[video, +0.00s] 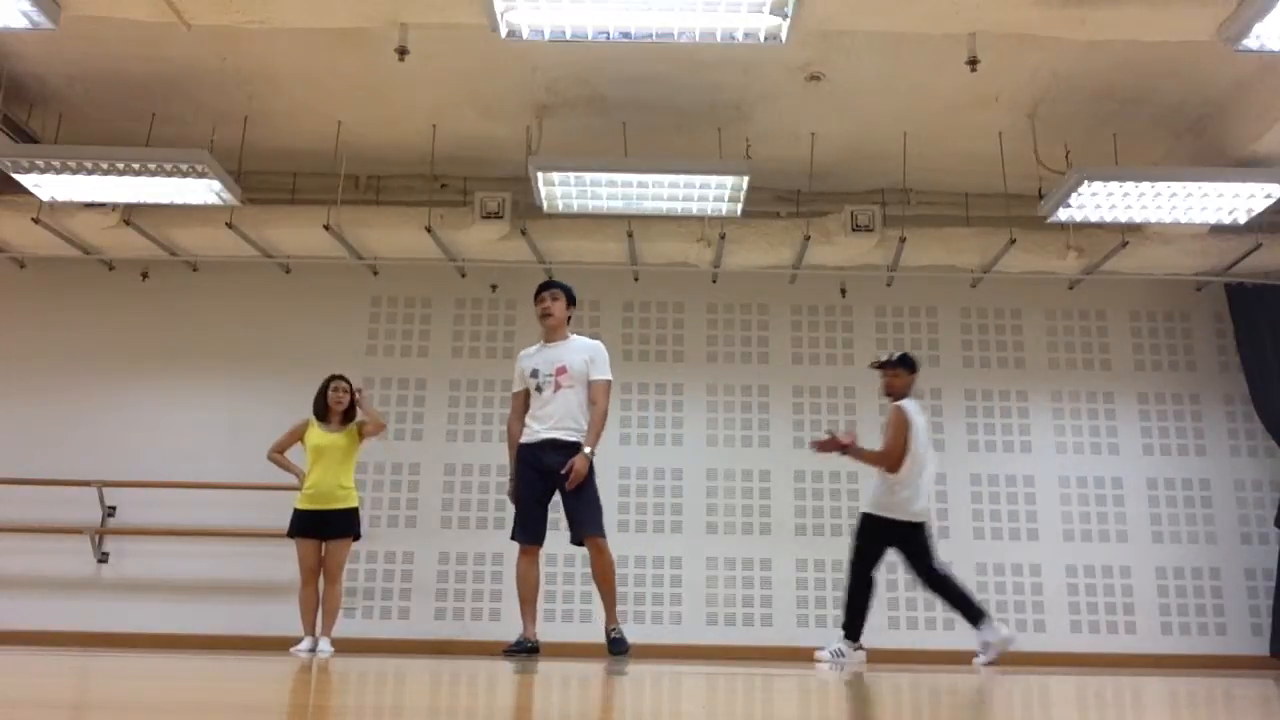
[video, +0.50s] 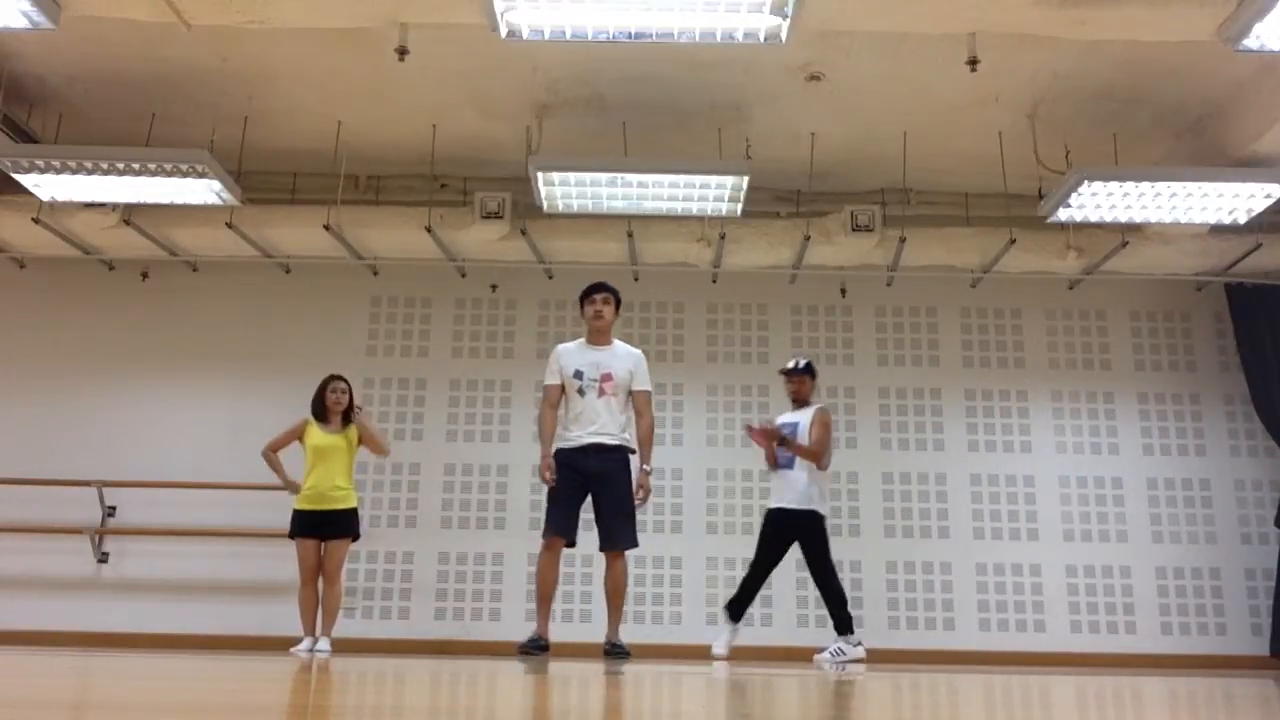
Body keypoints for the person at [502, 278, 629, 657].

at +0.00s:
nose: (546, 306)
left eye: (553, 300)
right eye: (540, 302)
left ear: (569, 308)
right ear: (536, 312)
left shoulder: (592, 349)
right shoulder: (526, 358)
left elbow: (600, 405)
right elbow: (516, 416)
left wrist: (587, 452)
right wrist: (514, 472)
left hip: (574, 453)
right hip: (530, 455)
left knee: (595, 539)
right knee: (528, 545)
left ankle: (613, 625)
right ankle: (529, 635)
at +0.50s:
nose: (598, 309)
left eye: (605, 304)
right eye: (592, 304)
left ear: (616, 312)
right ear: (582, 311)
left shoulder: (633, 358)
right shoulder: (562, 353)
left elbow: (644, 414)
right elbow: (550, 406)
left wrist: (644, 469)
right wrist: (546, 453)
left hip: (614, 459)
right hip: (569, 457)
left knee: (615, 550)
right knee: (552, 542)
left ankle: (614, 635)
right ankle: (541, 632)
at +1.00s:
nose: (595, 307)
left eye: (602, 302)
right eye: (589, 302)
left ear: (613, 311)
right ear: (579, 311)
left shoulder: (630, 357)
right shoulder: (561, 354)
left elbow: (642, 412)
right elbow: (550, 408)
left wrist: (641, 462)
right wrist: (549, 457)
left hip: (612, 457)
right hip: (568, 456)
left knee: (613, 550)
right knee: (551, 547)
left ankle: (613, 636)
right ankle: (539, 635)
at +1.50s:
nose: (579, 306)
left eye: (586, 301)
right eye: (572, 301)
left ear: (596, 310)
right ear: (562, 310)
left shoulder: (615, 354)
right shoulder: (545, 355)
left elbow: (626, 407)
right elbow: (529, 409)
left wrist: (620, 456)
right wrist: (522, 463)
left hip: (599, 456)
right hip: (554, 456)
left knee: (604, 548)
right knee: (544, 548)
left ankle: (607, 636)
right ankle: (538, 635)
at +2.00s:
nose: (587, 307)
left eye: (594, 302)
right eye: (581, 302)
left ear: (605, 311)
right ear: (570, 312)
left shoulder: (621, 357)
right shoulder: (551, 353)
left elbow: (634, 409)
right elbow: (536, 409)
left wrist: (637, 456)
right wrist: (532, 464)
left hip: (601, 457)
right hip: (556, 456)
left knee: (606, 549)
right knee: (546, 547)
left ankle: (609, 636)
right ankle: (538, 635)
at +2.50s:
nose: (589, 306)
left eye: (595, 301)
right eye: (582, 301)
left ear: (606, 311)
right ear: (571, 311)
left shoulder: (623, 356)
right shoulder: (552, 352)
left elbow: (633, 412)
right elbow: (537, 406)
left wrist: (632, 464)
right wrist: (534, 459)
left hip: (606, 456)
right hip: (561, 455)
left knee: (606, 548)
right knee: (548, 547)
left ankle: (606, 636)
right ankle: (537, 635)